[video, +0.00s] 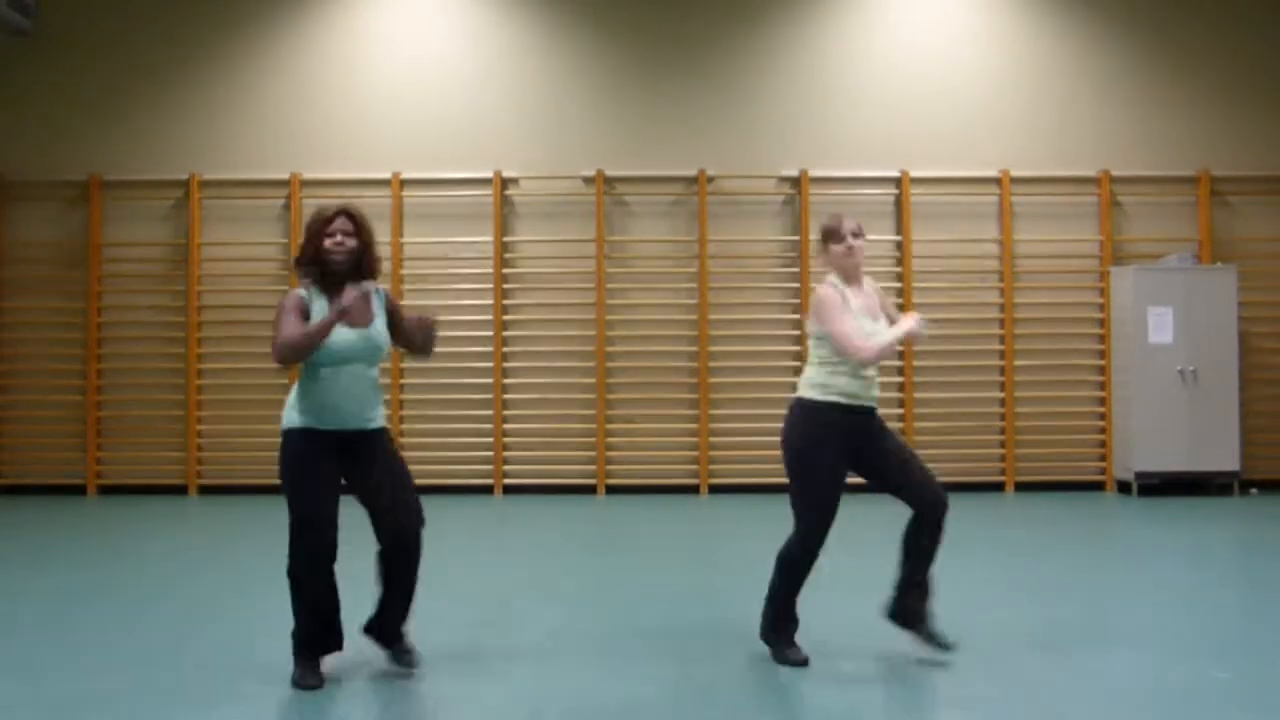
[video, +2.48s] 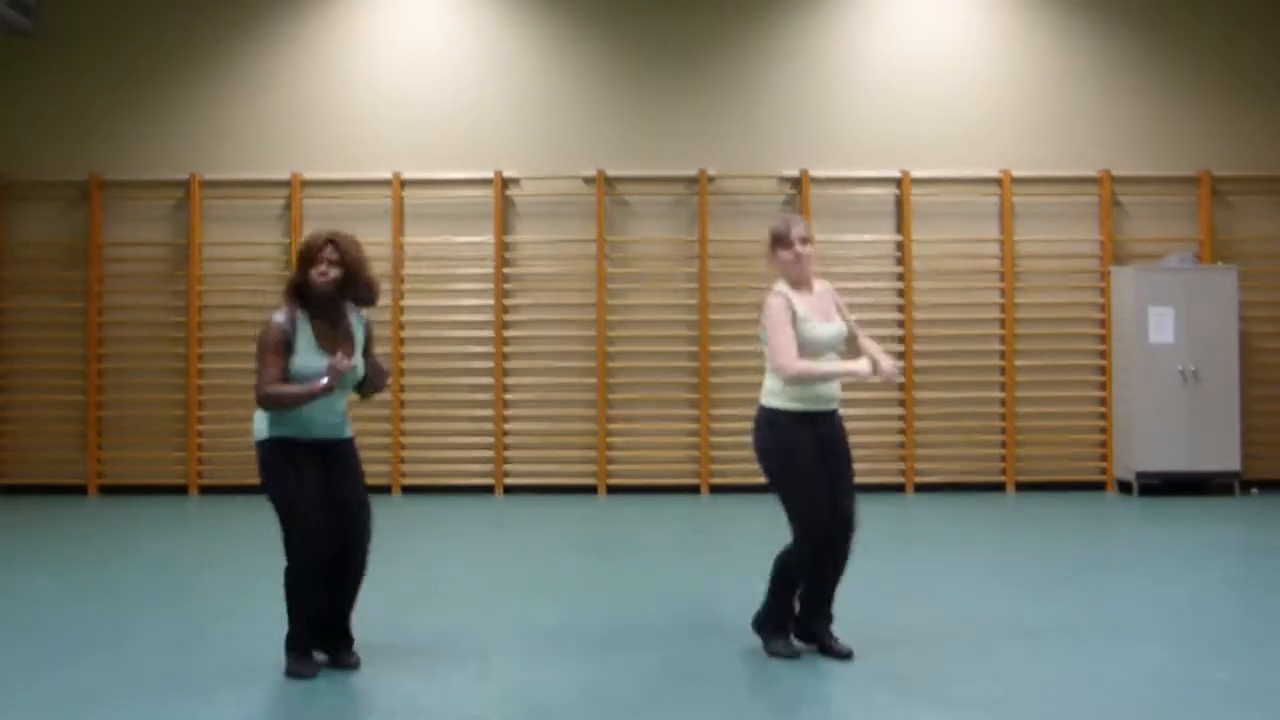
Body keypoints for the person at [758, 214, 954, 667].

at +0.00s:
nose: (850, 245)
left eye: (856, 237)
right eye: (839, 240)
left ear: (866, 243)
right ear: (825, 252)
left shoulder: (872, 291)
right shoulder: (826, 295)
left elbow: (885, 340)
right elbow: (861, 351)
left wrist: (901, 330)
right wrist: (904, 329)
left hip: (861, 422)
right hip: (816, 423)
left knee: (931, 502)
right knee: (810, 532)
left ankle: (909, 606)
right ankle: (776, 629)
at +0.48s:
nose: (934, 272)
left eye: (940, 264)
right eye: (923, 266)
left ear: (950, 269)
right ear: (908, 275)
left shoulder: (963, 307)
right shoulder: (903, 326)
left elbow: (1011, 348)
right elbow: (926, 392)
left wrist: (1066, 348)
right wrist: (989, 413)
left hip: (977, 429)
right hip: (927, 437)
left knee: (1004, 532)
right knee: (960, 541)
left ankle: (1007, 629)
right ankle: (940, 606)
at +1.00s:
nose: (887, 257)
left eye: (896, 251)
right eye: (880, 251)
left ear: (912, 259)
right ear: (871, 259)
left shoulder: (918, 304)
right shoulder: (862, 295)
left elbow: (861, 323)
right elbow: (812, 289)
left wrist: (798, 291)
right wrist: (773, 270)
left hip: (909, 434)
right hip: (852, 428)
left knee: (937, 537)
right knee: (827, 530)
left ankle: (1007, 627)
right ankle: (823, 631)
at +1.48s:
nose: (787, 242)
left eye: (799, 237)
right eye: (781, 235)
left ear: (814, 249)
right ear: (770, 243)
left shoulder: (812, 288)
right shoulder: (764, 279)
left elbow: (751, 273)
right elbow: (722, 264)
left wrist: (707, 223)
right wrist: (688, 238)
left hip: (818, 426)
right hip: (761, 426)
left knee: (849, 529)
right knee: (712, 524)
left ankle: (877, 636)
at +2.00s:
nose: (707, 258)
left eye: (713, 250)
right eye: (696, 255)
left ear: (727, 258)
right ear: (685, 270)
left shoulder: (752, 292)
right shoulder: (682, 319)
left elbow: (803, 309)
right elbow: (700, 376)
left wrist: (800, 327)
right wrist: (747, 340)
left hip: (732, 433)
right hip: (679, 429)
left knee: (748, 539)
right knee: (657, 533)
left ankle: (705, 616)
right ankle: (633, 634)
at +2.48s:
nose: (800, 251)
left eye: (805, 242)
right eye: (789, 245)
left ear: (815, 246)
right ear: (775, 254)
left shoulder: (826, 292)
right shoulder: (778, 301)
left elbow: (852, 337)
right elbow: (787, 366)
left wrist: (880, 357)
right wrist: (851, 368)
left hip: (826, 422)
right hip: (783, 425)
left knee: (840, 527)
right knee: (813, 531)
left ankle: (813, 622)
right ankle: (772, 623)